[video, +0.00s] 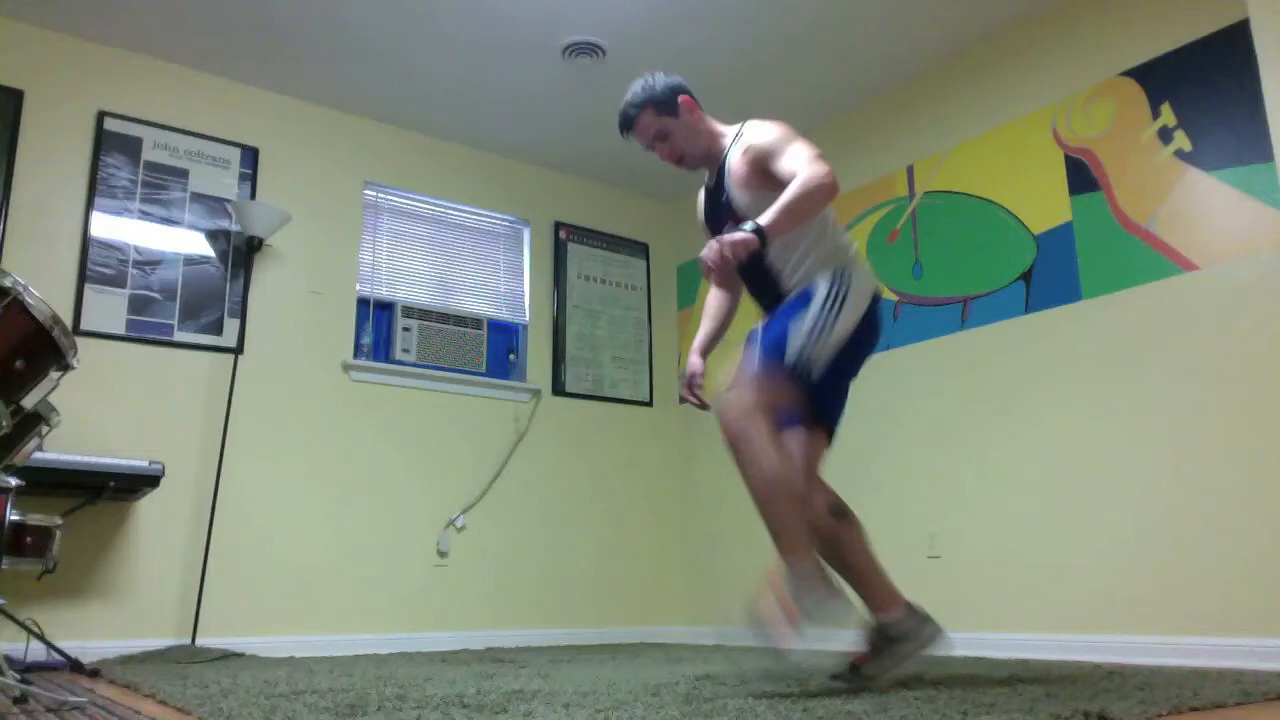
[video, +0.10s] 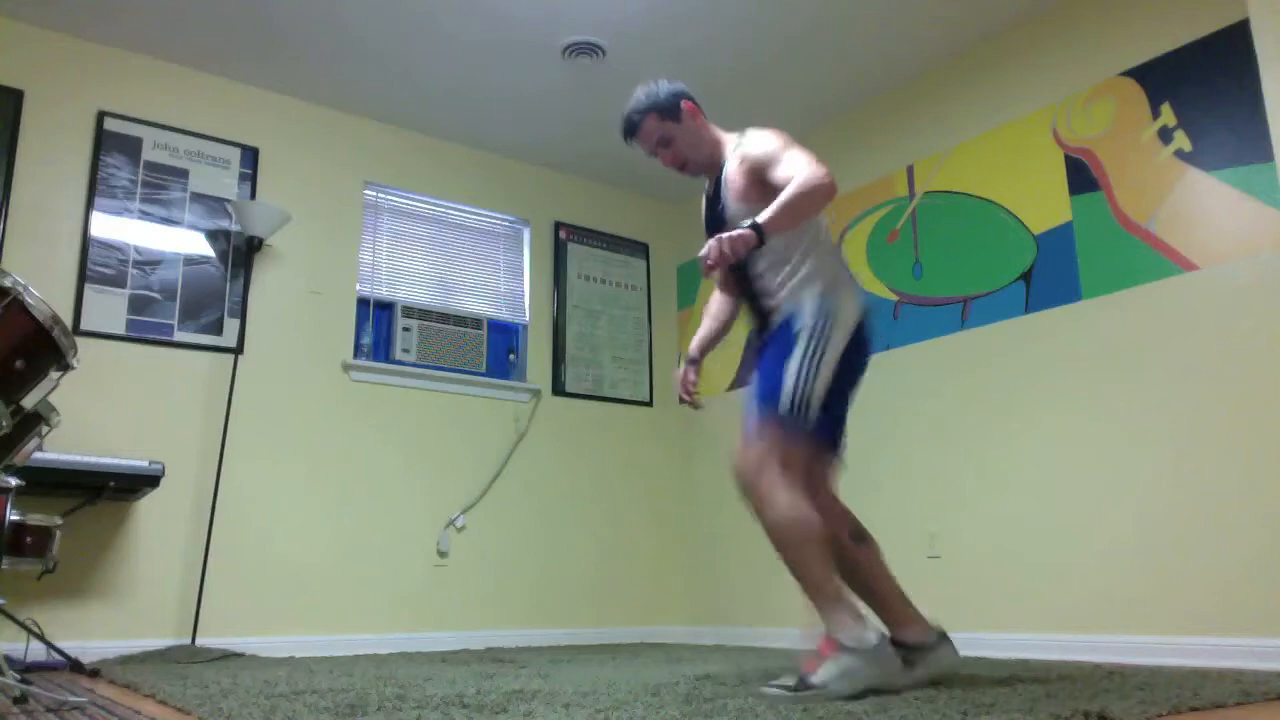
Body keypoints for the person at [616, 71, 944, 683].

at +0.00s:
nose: (662, 155)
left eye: (660, 137)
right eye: (651, 148)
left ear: (688, 106)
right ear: (649, 147)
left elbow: (818, 178)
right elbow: (725, 281)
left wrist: (755, 231)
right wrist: (697, 350)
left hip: (835, 289)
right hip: (803, 312)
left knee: (740, 408)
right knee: (794, 481)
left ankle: (808, 582)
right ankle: (898, 620)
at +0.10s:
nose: (666, 160)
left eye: (664, 143)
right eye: (654, 154)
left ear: (691, 113)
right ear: (654, 152)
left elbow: (817, 181)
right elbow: (729, 286)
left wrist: (754, 230)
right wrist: (696, 353)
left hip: (821, 313)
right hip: (791, 328)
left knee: (760, 465)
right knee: (807, 493)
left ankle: (855, 642)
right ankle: (918, 640)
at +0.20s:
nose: (660, 160)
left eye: (659, 143)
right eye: (648, 155)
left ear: (686, 115)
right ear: (649, 154)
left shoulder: (737, 153)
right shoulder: (708, 194)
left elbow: (811, 179)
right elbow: (735, 284)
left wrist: (765, 219)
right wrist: (692, 335)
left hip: (794, 333)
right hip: (786, 341)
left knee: (714, 473)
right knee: (818, 499)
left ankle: (813, 606)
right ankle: (915, 635)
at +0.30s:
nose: (629, 148)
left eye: (627, 132)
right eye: (618, 142)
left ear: (653, 103)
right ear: (619, 140)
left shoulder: (705, 134)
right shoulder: (682, 178)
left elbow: (781, 160)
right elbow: (709, 261)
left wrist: (753, 200)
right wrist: (671, 316)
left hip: (764, 302)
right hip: (786, 311)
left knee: (688, 453)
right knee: (767, 477)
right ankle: (866, 589)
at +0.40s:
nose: (603, 161)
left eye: (599, 146)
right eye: (594, 156)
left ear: (620, 113)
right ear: (599, 150)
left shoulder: (676, 142)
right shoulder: (655, 185)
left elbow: (740, 157)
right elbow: (677, 253)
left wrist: (705, 210)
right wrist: (659, 309)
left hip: (743, 305)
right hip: (731, 312)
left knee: (678, 473)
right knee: (704, 472)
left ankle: (666, 640)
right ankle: (788, 540)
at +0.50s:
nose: (582, 185)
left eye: (576, 170)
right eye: (572, 182)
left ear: (596, 137)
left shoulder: (656, 164)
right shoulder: (643, 198)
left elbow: (693, 185)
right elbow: (677, 268)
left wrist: (640, 231)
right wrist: (628, 266)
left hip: (709, 340)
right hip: (729, 344)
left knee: (640, 494)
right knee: (686, 507)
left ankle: (668, 650)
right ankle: (763, 603)